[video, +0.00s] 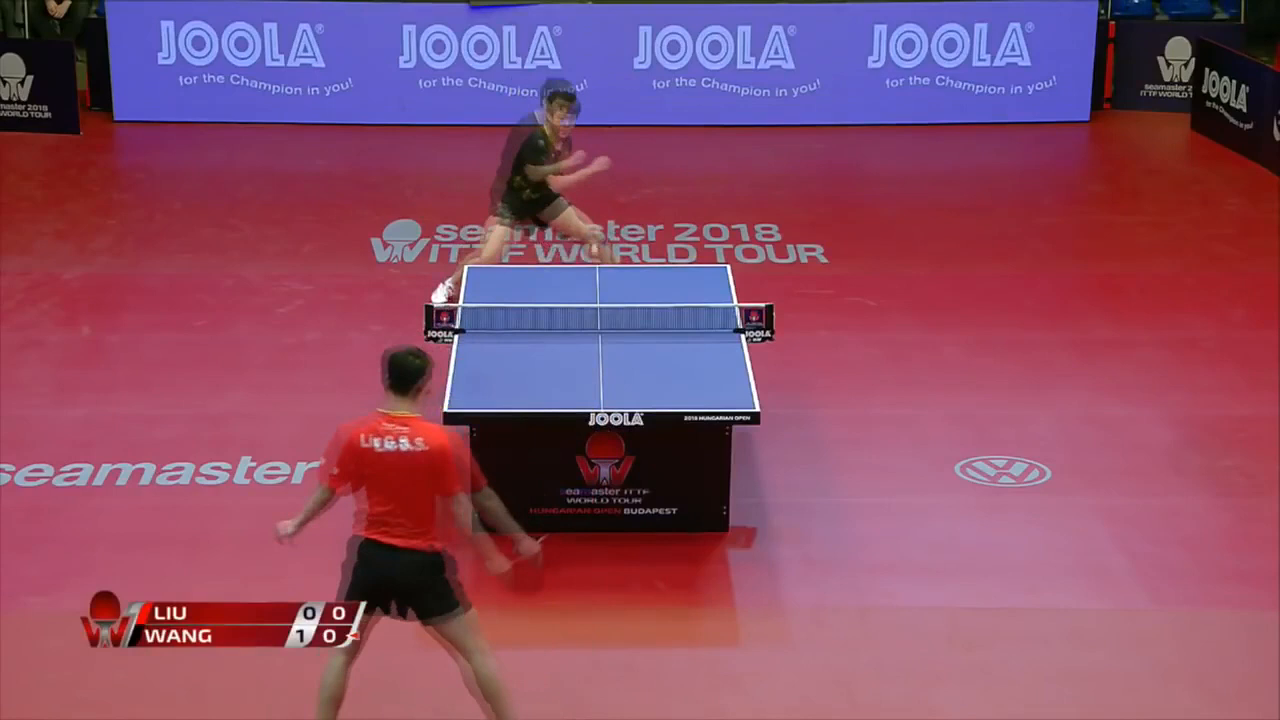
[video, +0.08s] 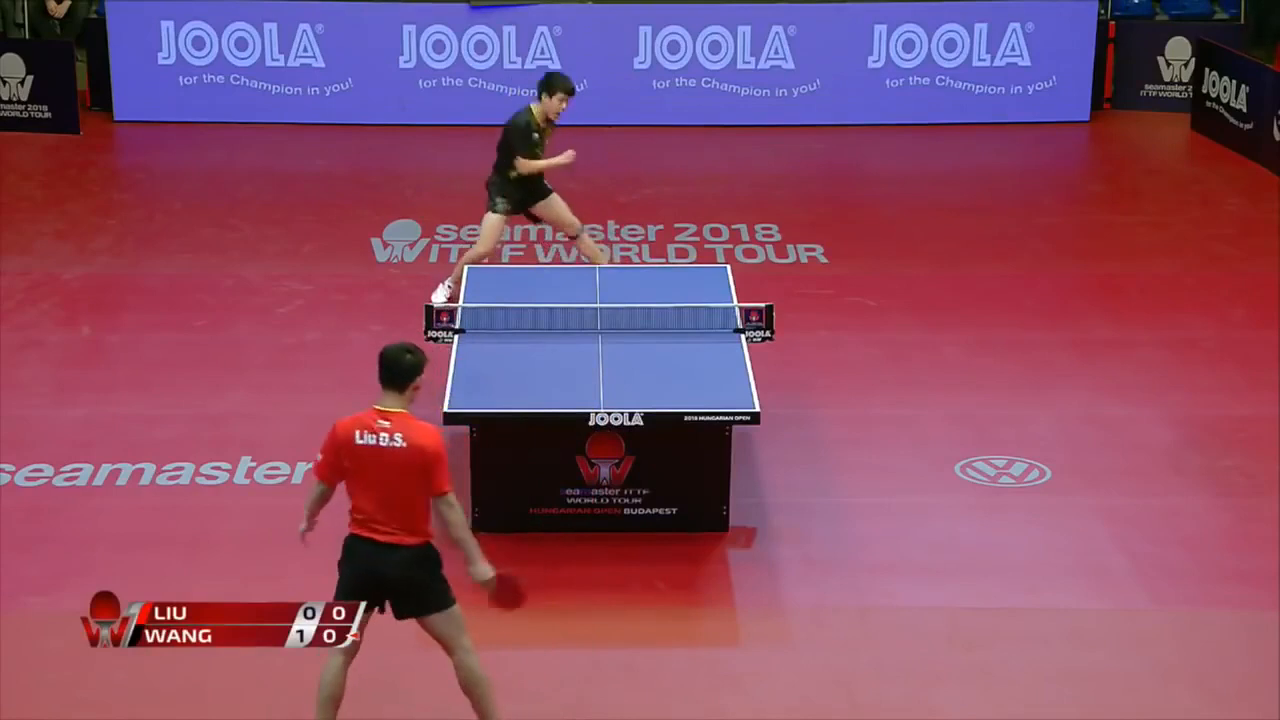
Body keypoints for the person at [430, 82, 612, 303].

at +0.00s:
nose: (564, 116)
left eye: (569, 111)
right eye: (559, 109)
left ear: (573, 113)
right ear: (547, 107)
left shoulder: (564, 139)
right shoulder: (531, 134)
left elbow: (555, 175)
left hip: (541, 195)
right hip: (511, 198)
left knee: (592, 234)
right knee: (490, 255)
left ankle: (616, 289)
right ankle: (450, 287)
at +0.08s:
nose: (563, 107)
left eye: (566, 102)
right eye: (560, 100)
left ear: (566, 101)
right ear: (544, 97)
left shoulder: (548, 121)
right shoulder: (520, 123)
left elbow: (532, 150)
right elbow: (522, 166)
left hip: (532, 185)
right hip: (505, 188)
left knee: (575, 228)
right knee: (484, 249)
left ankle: (610, 273)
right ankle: (450, 284)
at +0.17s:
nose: (563, 99)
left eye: (565, 94)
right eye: (560, 93)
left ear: (548, 90)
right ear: (544, 89)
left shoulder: (541, 114)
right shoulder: (515, 114)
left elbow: (528, 148)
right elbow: (511, 157)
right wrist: (547, 156)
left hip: (526, 176)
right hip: (499, 179)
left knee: (567, 217)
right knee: (483, 241)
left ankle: (581, 269)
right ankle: (449, 283)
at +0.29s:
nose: (562, 89)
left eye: (564, 83)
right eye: (561, 83)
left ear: (546, 80)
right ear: (545, 80)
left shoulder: (538, 103)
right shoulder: (516, 106)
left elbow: (525, 137)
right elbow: (513, 148)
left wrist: (526, 159)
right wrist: (549, 148)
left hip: (522, 170)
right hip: (498, 173)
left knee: (557, 210)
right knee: (481, 234)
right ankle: (449, 281)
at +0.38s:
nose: (565, 84)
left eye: (566, 78)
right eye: (564, 78)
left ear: (549, 74)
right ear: (550, 75)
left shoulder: (539, 97)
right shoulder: (523, 101)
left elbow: (525, 135)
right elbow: (522, 144)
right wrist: (555, 143)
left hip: (525, 169)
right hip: (503, 171)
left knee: (548, 212)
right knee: (485, 229)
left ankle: (513, 260)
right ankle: (449, 279)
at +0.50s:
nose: (573, 73)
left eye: (573, 68)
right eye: (572, 67)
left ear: (554, 64)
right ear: (559, 66)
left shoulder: (543, 86)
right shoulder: (535, 91)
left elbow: (531, 128)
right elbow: (534, 136)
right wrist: (565, 133)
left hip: (533, 158)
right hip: (516, 161)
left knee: (547, 205)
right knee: (509, 221)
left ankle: (513, 257)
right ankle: (463, 272)